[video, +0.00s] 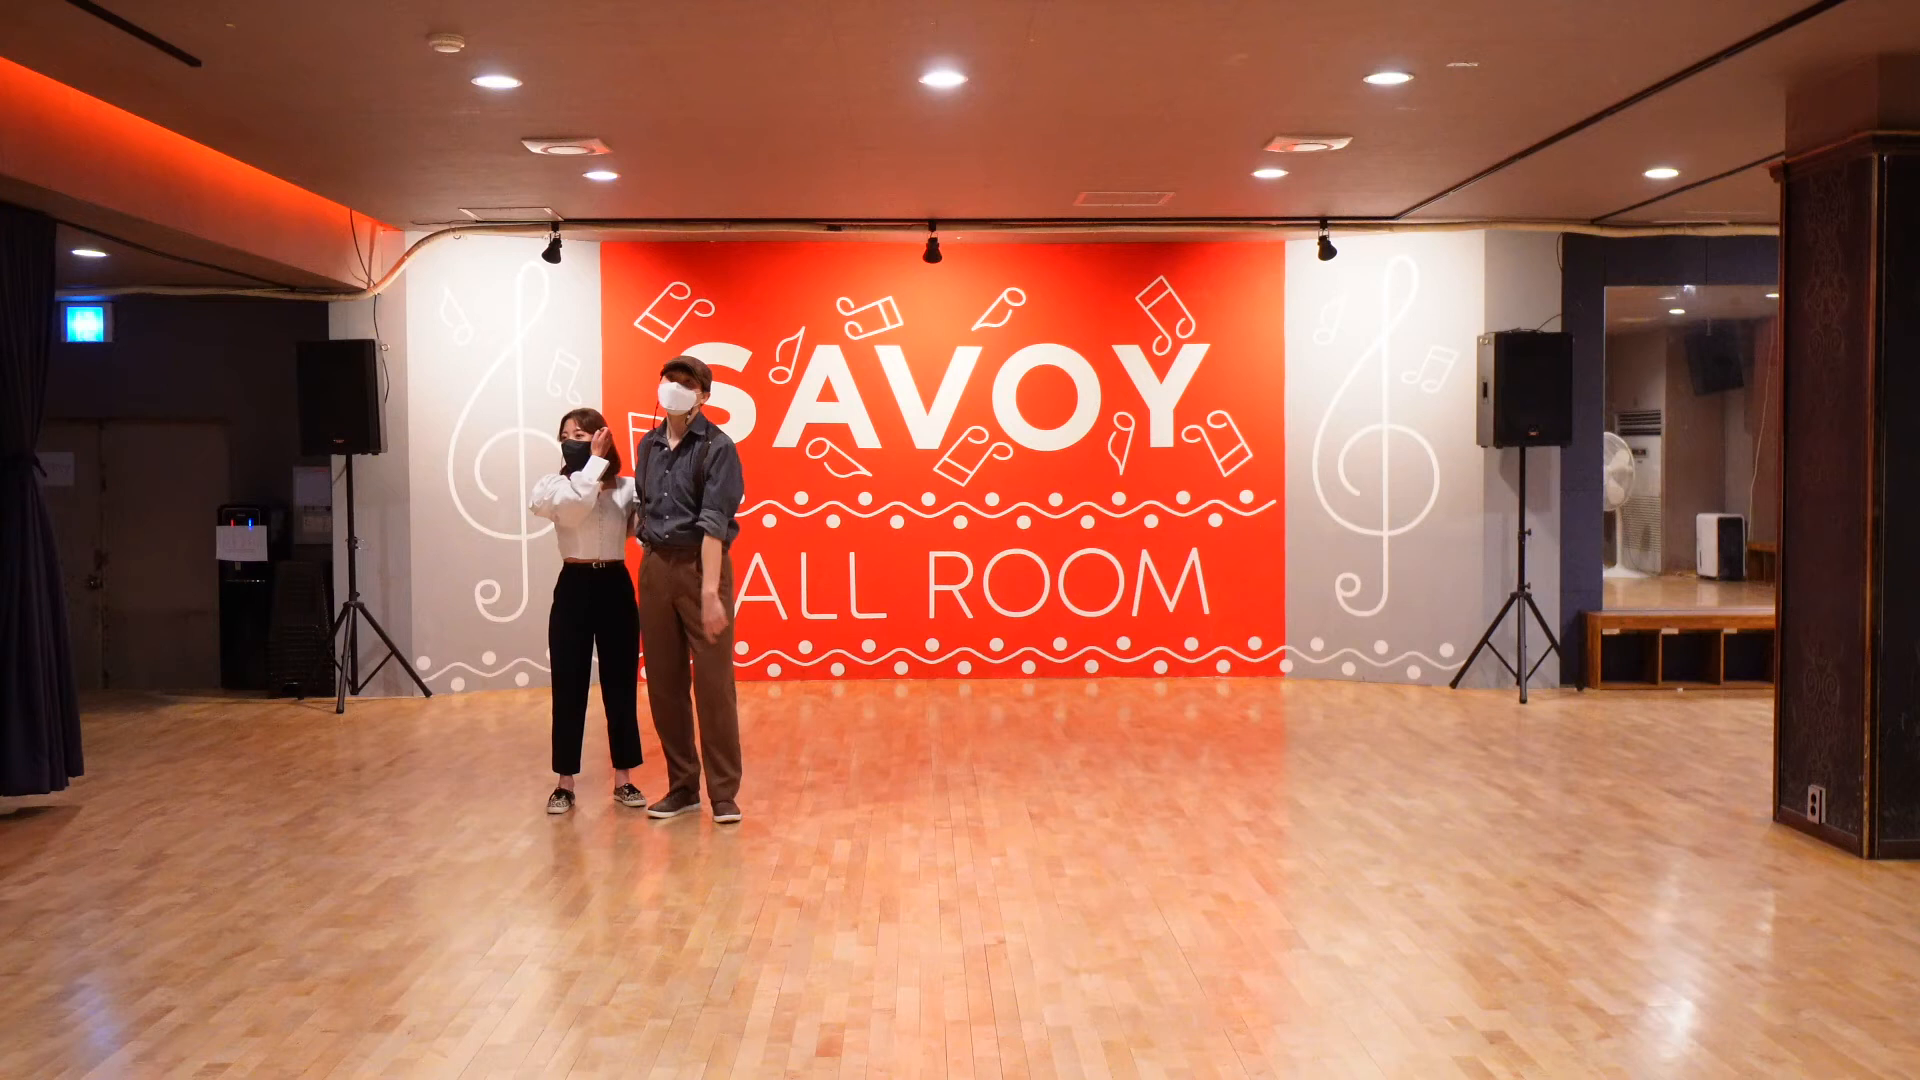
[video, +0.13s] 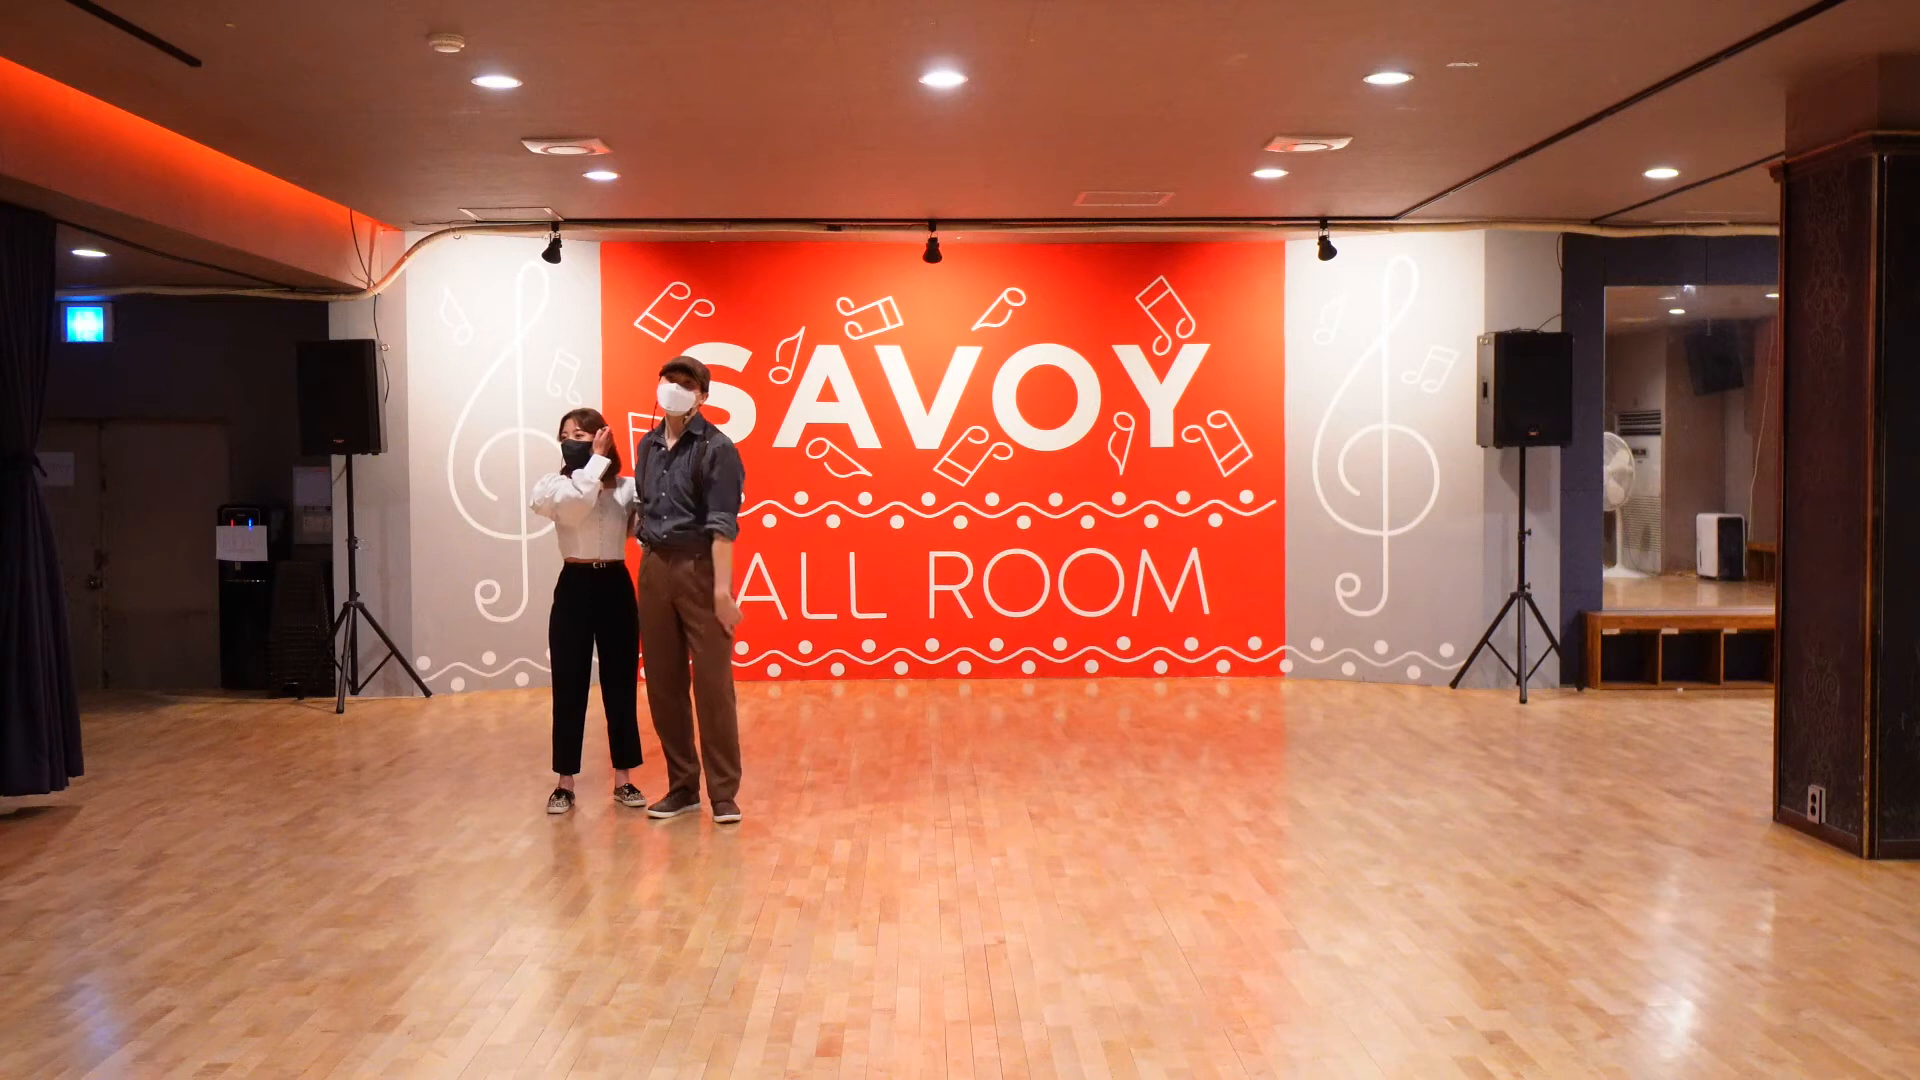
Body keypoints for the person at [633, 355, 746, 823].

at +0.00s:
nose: (672, 390)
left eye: (684, 384)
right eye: (669, 381)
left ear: (702, 396)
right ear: (659, 388)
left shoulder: (718, 448)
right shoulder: (649, 443)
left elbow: (715, 526)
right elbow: (642, 504)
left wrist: (711, 593)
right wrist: (637, 523)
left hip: (703, 569)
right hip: (654, 569)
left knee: (713, 684)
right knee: (665, 683)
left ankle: (723, 795)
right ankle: (683, 788)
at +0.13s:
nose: (671, 390)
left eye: (682, 384)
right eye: (667, 381)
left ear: (700, 395)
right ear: (658, 389)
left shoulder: (717, 449)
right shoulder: (649, 444)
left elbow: (723, 528)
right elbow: (641, 505)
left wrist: (723, 593)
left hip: (701, 569)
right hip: (653, 570)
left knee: (713, 684)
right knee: (665, 684)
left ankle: (723, 795)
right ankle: (683, 788)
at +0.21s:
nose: (668, 391)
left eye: (679, 385)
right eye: (664, 383)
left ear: (698, 396)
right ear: (655, 390)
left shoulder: (718, 448)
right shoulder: (648, 444)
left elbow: (734, 527)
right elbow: (641, 506)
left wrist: (735, 595)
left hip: (702, 570)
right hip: (653, 570)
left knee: (712, 685)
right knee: (664, 685)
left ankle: (723, 795)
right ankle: (683, 788)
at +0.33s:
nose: (667, 393)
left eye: (677, 387)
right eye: (661, 385)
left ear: (695, 395)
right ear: (652, 392)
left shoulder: (719, 448)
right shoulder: (644, 447)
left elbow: (744, 524)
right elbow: (639, 507)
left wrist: (741, 592)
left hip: (702, 570)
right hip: (653, 571)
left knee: (713, 685)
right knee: (664, 685)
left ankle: (723, 795)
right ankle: (683, 788)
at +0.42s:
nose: (664, 392)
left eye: (674, 386)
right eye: (658, 385)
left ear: (692, 395)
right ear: (650, 392)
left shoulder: (718, 448)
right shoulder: (644, 448)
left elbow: (746, 523)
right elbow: (640, 508)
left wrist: (735, 586)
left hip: (702, 570)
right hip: (653, 571)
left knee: (713, 684)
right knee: (664, 685)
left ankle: (723, 795)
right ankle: (683, 787)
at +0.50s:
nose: (660, 393)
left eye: (670, 386)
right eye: (654, 385)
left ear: (690, 394)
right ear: (647, 393)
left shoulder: (717, 446)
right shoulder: (644, 448)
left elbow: (744, 521)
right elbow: (640, 508)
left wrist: (720, 580)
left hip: (704, 569)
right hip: (653, 570)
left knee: (713, 684)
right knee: (664, 685)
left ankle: (724, 795)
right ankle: (683, 787)